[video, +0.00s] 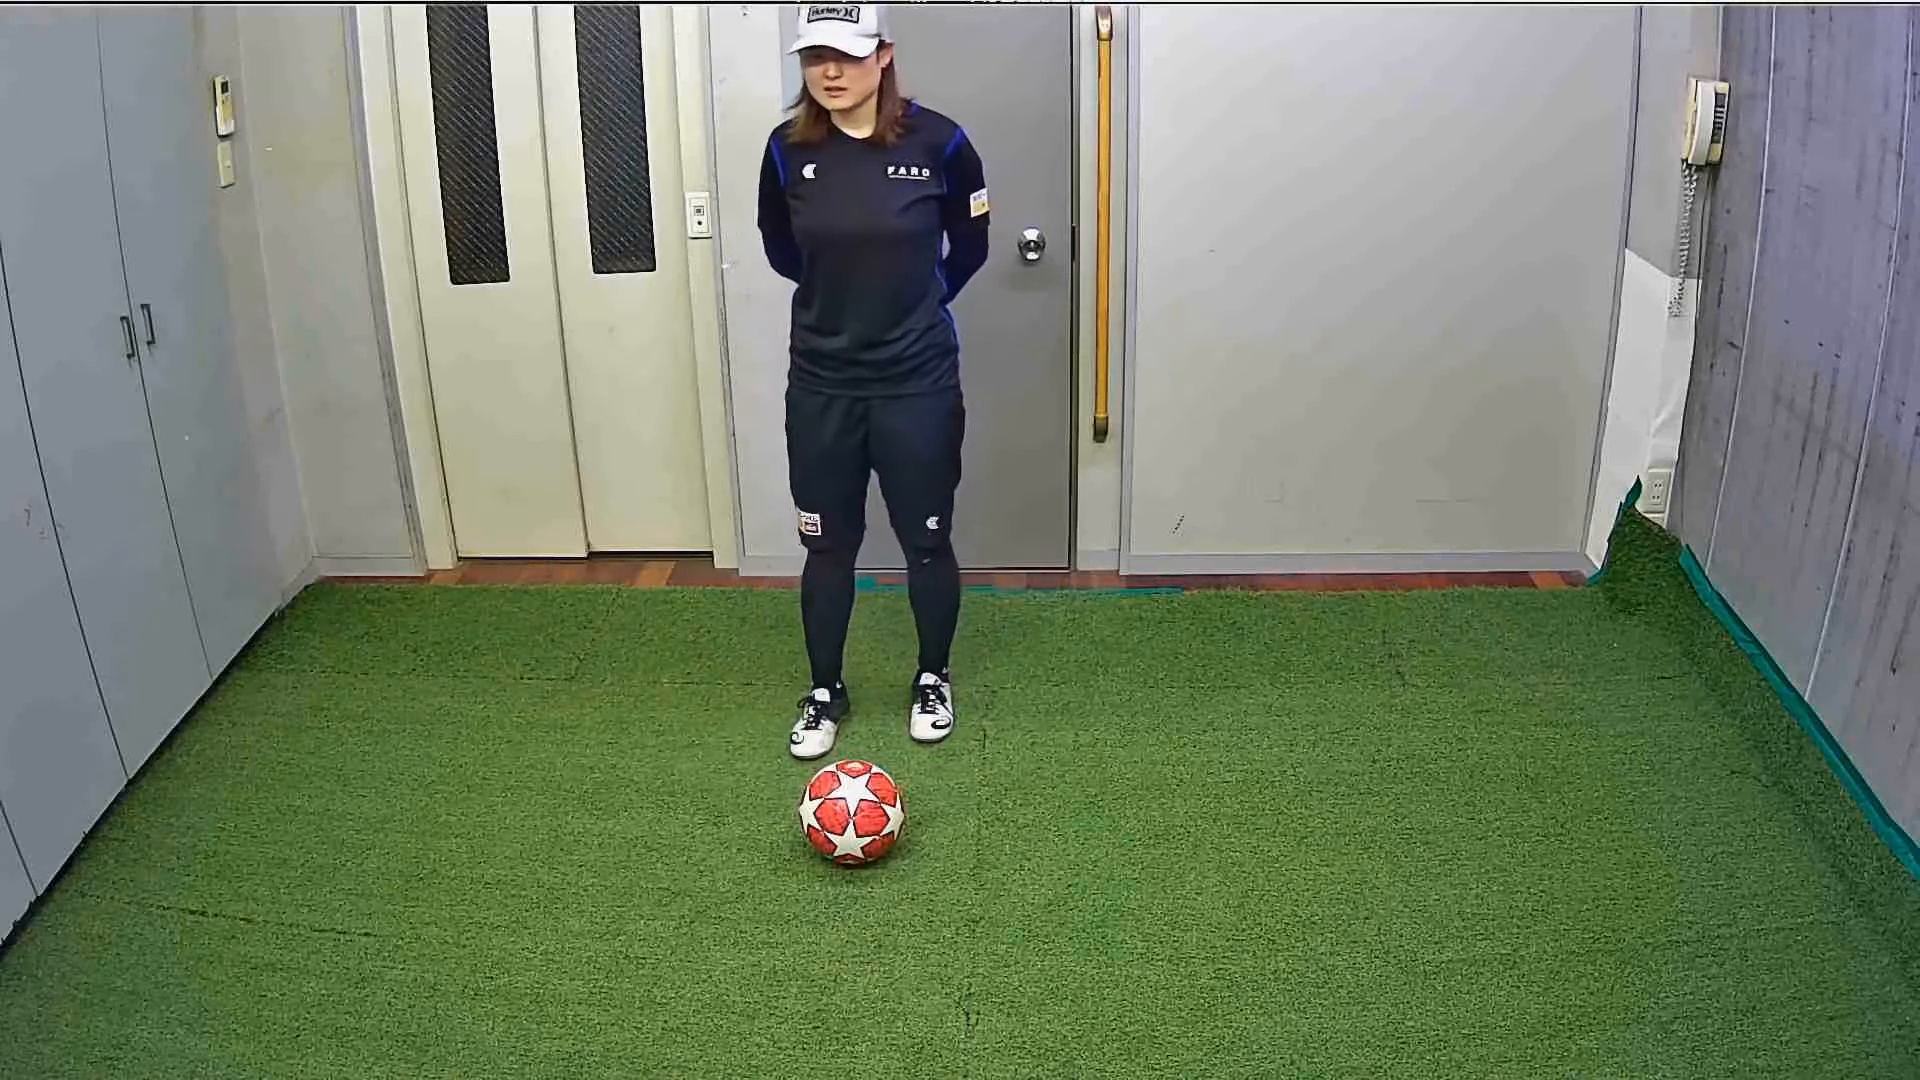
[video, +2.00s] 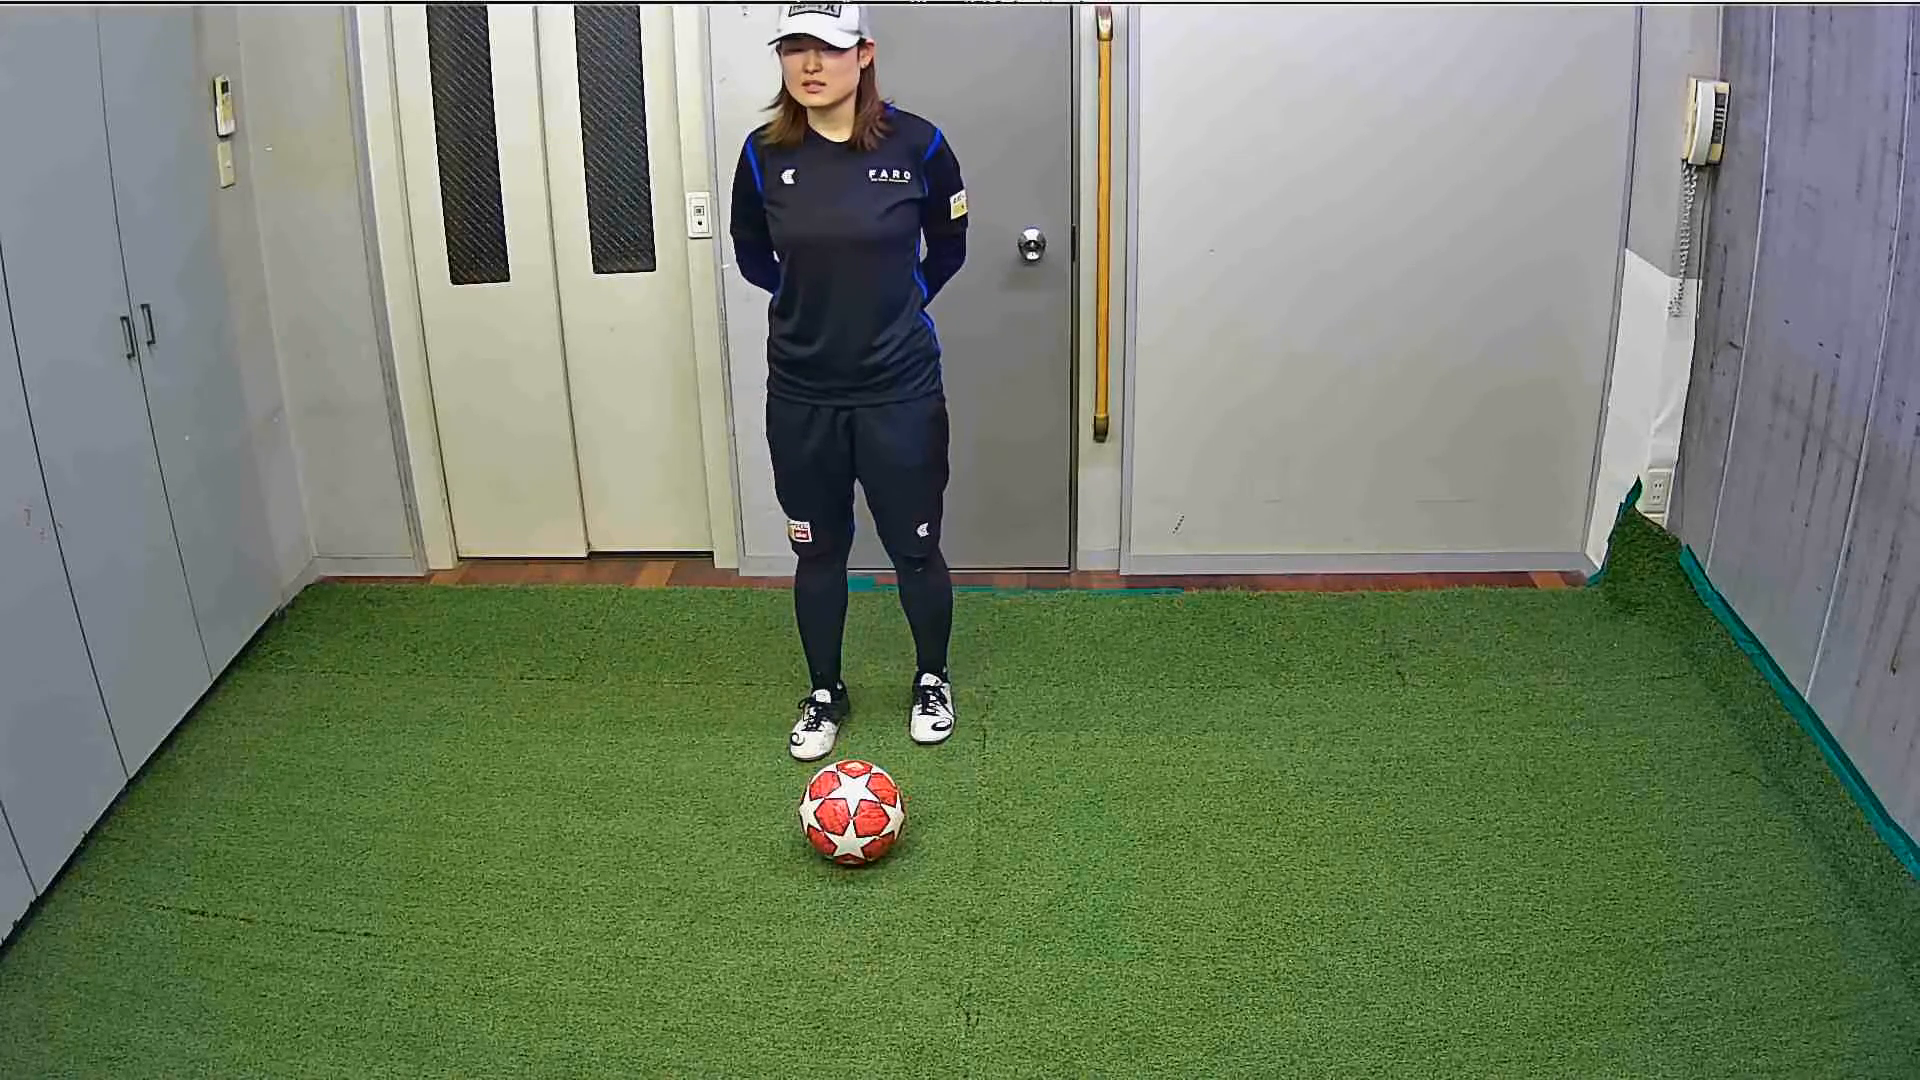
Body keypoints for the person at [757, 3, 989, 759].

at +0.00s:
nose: (830, 73)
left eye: (847, 57)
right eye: (817, 59)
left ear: (883, 58)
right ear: (803, 67)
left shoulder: (940, 142)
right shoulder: (787, 150)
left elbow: (972, 247)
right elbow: (779, 249)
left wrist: (913, 300)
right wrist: (840, 284)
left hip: (916, 379)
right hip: (820, 381)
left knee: (926, 537)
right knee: (824, 538)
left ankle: (932, 680)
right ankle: (824, 692)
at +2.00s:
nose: (809, 64)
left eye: (826, 49)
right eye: (796, 51)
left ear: (864, 56)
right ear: (781, 64)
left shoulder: (918, 145)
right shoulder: (762, 155)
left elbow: (950, 248)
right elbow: (750, 253)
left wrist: (894, 302)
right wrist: (810, 291)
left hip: (899, 385)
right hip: (801, 387)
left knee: (916, 548)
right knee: (814, 547)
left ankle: (931, 681)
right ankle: (825, 694)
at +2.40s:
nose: (810, 64)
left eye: (826, 49)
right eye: (797, 51)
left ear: (863, 56)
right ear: (781, 64)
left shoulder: (919, 145)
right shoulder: (762, 155)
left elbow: (950, 247)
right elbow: (750, 252)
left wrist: (896, 302)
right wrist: (810, 291)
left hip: (900, 385)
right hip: (801, 388)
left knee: (916, 549)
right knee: (815, 548)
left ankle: (930, 681)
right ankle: (825, 695)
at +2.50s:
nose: (810, 64)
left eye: (827, 49)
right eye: (797, 51)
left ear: (864, 56)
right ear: (782, 64)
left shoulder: (918, 146)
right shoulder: (762, 155)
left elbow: (950, 248)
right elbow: (750, 253)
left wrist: (895, 303)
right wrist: (810, 291)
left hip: (899, 386)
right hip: (801, 388)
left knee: (916, 550)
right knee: (815, 549)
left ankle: (930, 681)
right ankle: (825, 694)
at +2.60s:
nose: (810, 63)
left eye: (827, 48)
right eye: (797, 50)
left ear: (864, 57)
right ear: (781, 64)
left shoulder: (918, 145)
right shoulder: (761, 155)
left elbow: (950, 248)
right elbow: (749, 254)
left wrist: (895, 304)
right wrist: (810, 291)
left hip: (899, 386)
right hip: (800, 388)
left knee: (916, 552)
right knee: (815, 548)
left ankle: (931, 681)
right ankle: (825, 694)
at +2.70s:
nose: (811, 63)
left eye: (828, 48)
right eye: (798, 50)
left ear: (864, 56)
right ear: (781, 64)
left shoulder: (918, 146)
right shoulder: (761, 156)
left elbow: (950, 248)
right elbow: (750, 256)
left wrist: (894, 303)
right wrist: (811, 292)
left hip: (899, 386)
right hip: (800, 389)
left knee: (916, 551)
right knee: (815, 548)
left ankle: (931, 682)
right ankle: (825, 694)